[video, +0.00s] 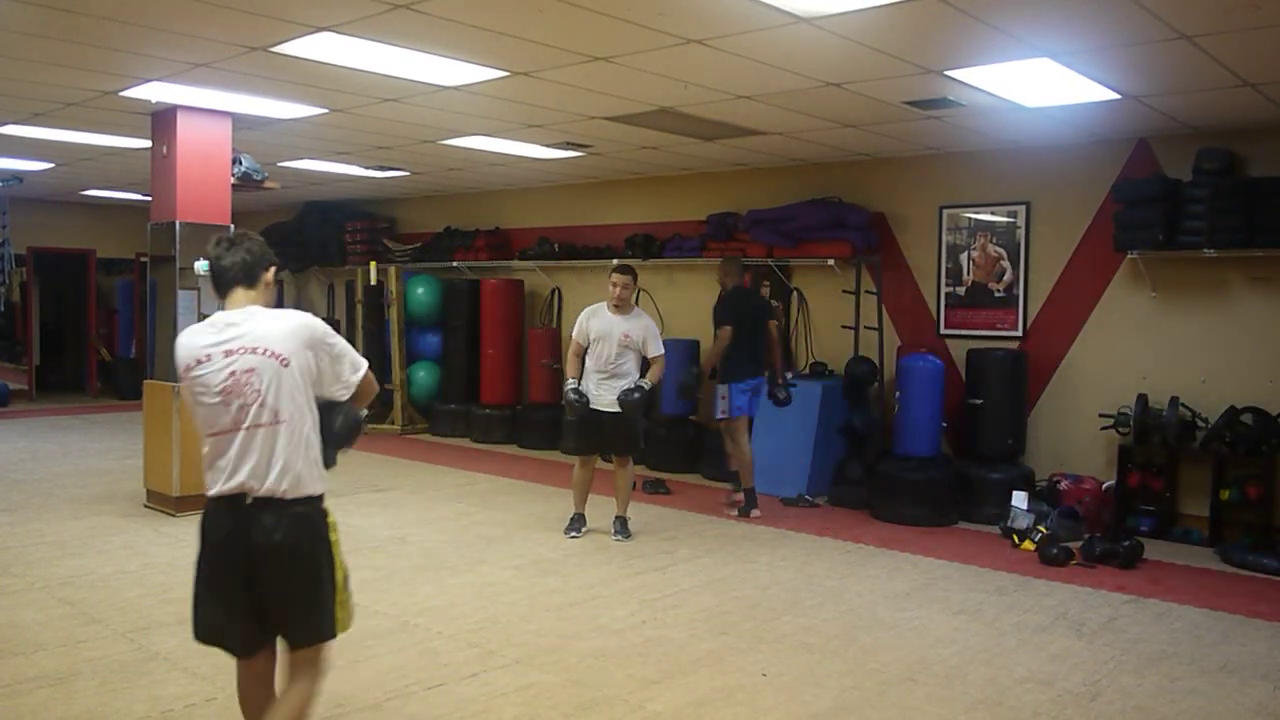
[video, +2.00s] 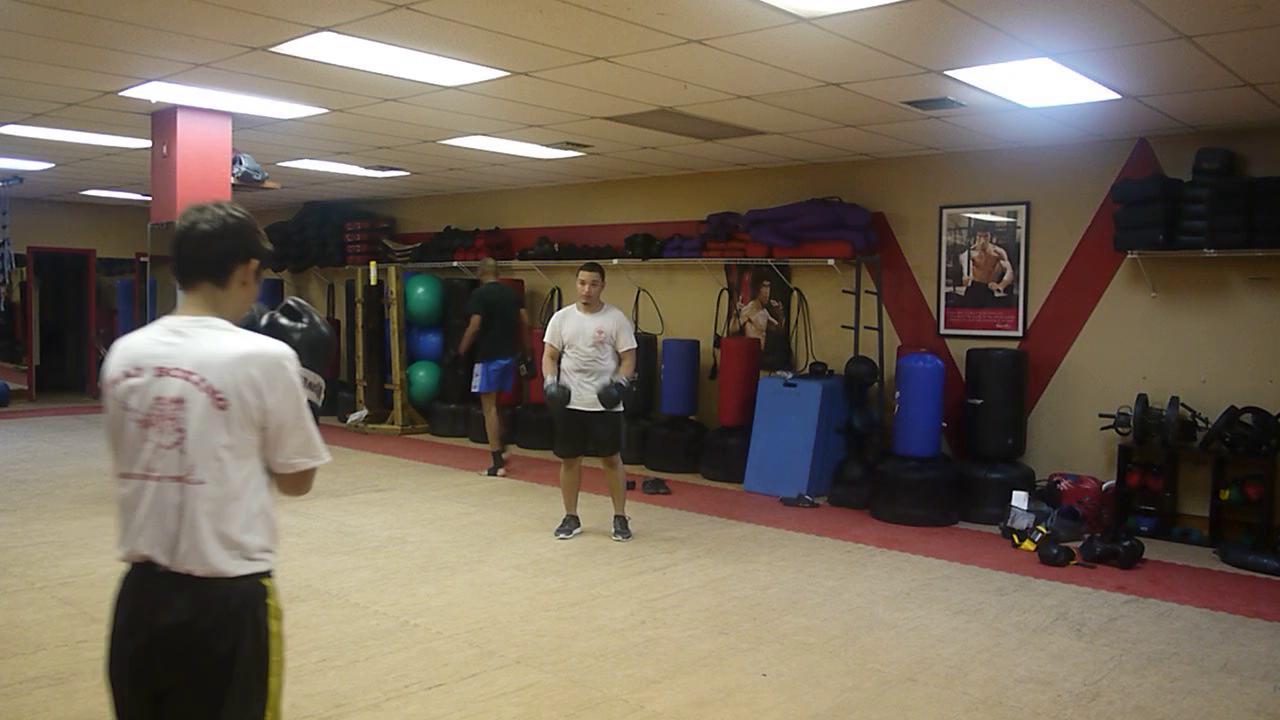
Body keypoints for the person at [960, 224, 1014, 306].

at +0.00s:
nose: (982, 241)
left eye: (986, 236)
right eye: (979, 236)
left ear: (990, 237)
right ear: (976, 237)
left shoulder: (999, 252)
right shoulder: (971, 252)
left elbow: (1009, 272)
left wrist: (1000, 286)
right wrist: (967, 277)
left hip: (990, 288)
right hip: (974, 286)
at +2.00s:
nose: (982, 241)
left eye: (985, 237)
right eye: (979, 237)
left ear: (990, 237)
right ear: (976, 237)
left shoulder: (999, 252)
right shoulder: (971, 252)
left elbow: (1009, 272)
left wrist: (1000, 286)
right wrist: (966, 278)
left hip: (990, 288)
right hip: (974, 286)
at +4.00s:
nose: (983, 241)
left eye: (985, 237)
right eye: (979, 237)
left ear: (990, 237)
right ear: (975, 237)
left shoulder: (998, 252)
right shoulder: (971, 253)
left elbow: (1009, 272)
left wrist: (1000, 286)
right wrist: (966, 279)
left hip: (992, 288)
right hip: (975, 287)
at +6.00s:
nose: (983, 241)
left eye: (985, 237)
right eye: (979, 237)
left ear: (990, 237)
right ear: (975, 237)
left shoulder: (998, 252)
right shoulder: (971, 253)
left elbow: (1009, 272)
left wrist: (1000, 286)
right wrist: (966, 279)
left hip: (992, 288)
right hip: (975, 287)